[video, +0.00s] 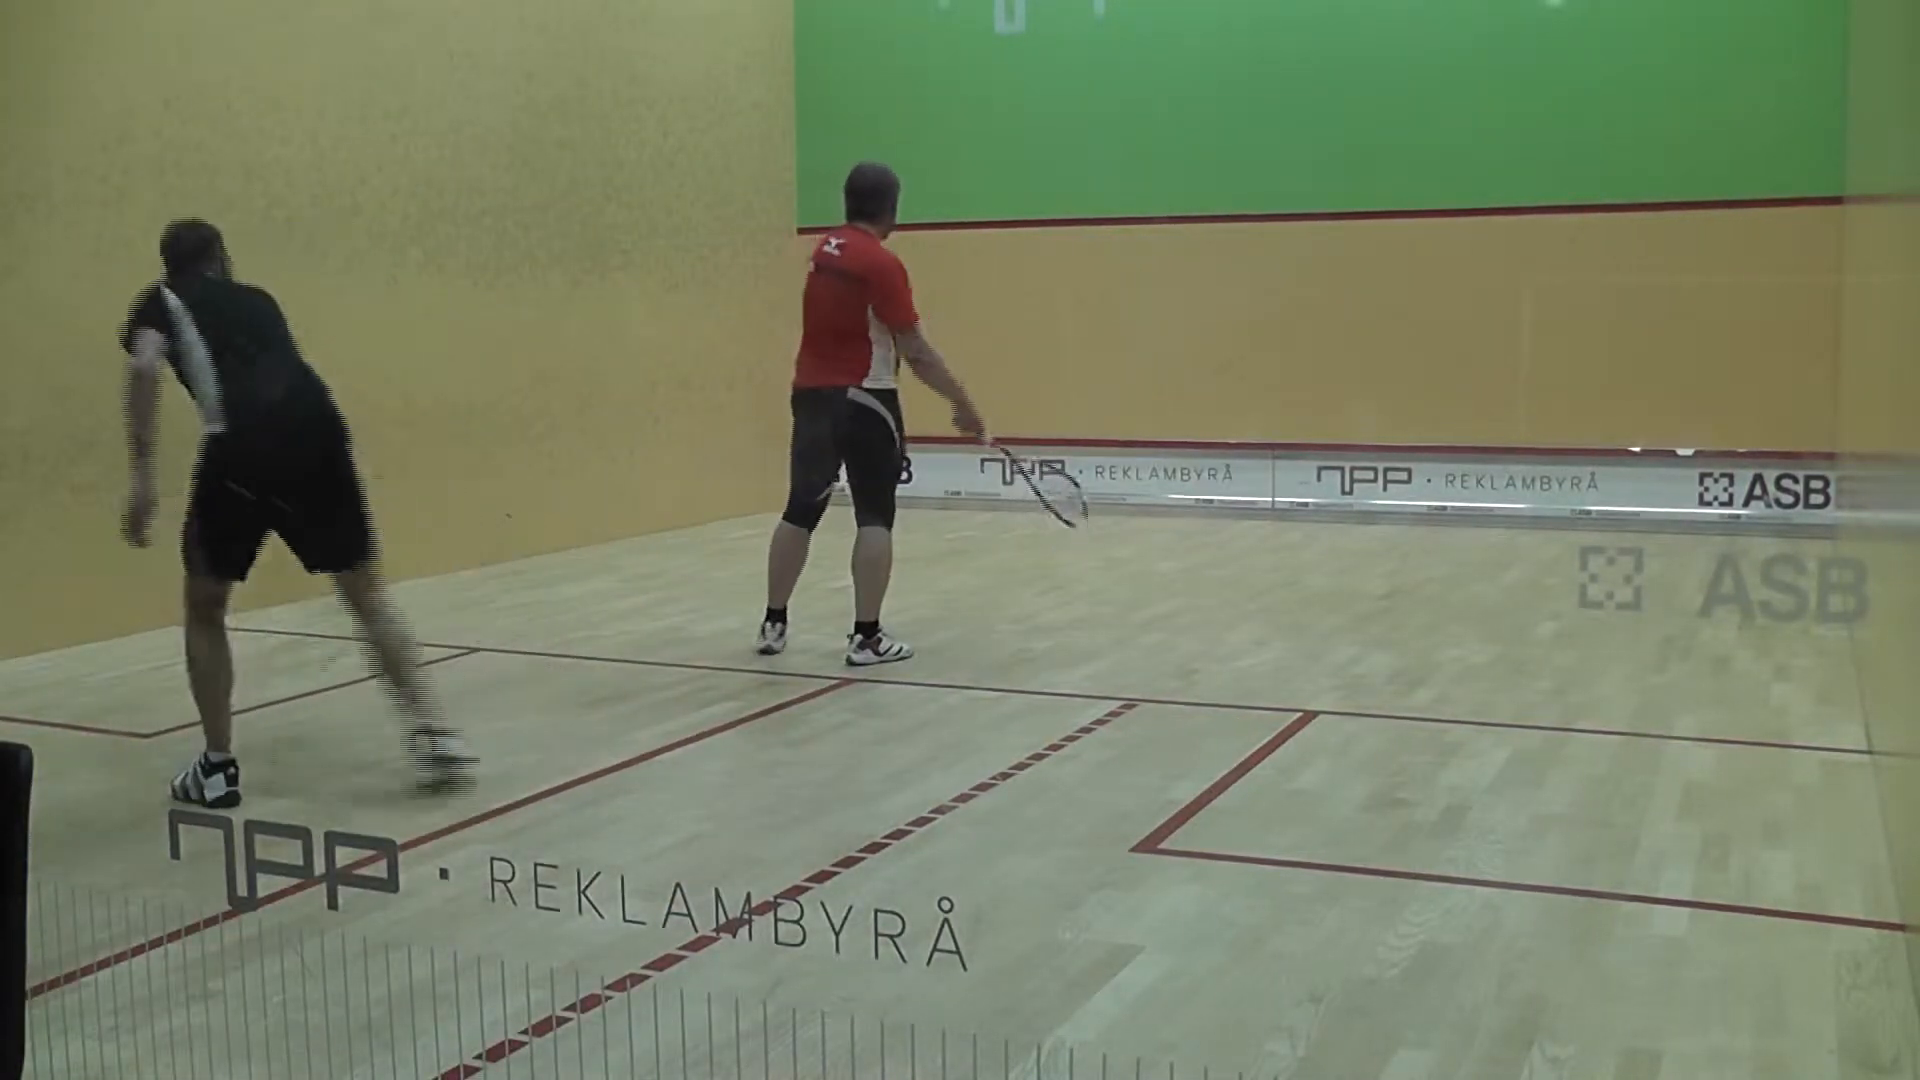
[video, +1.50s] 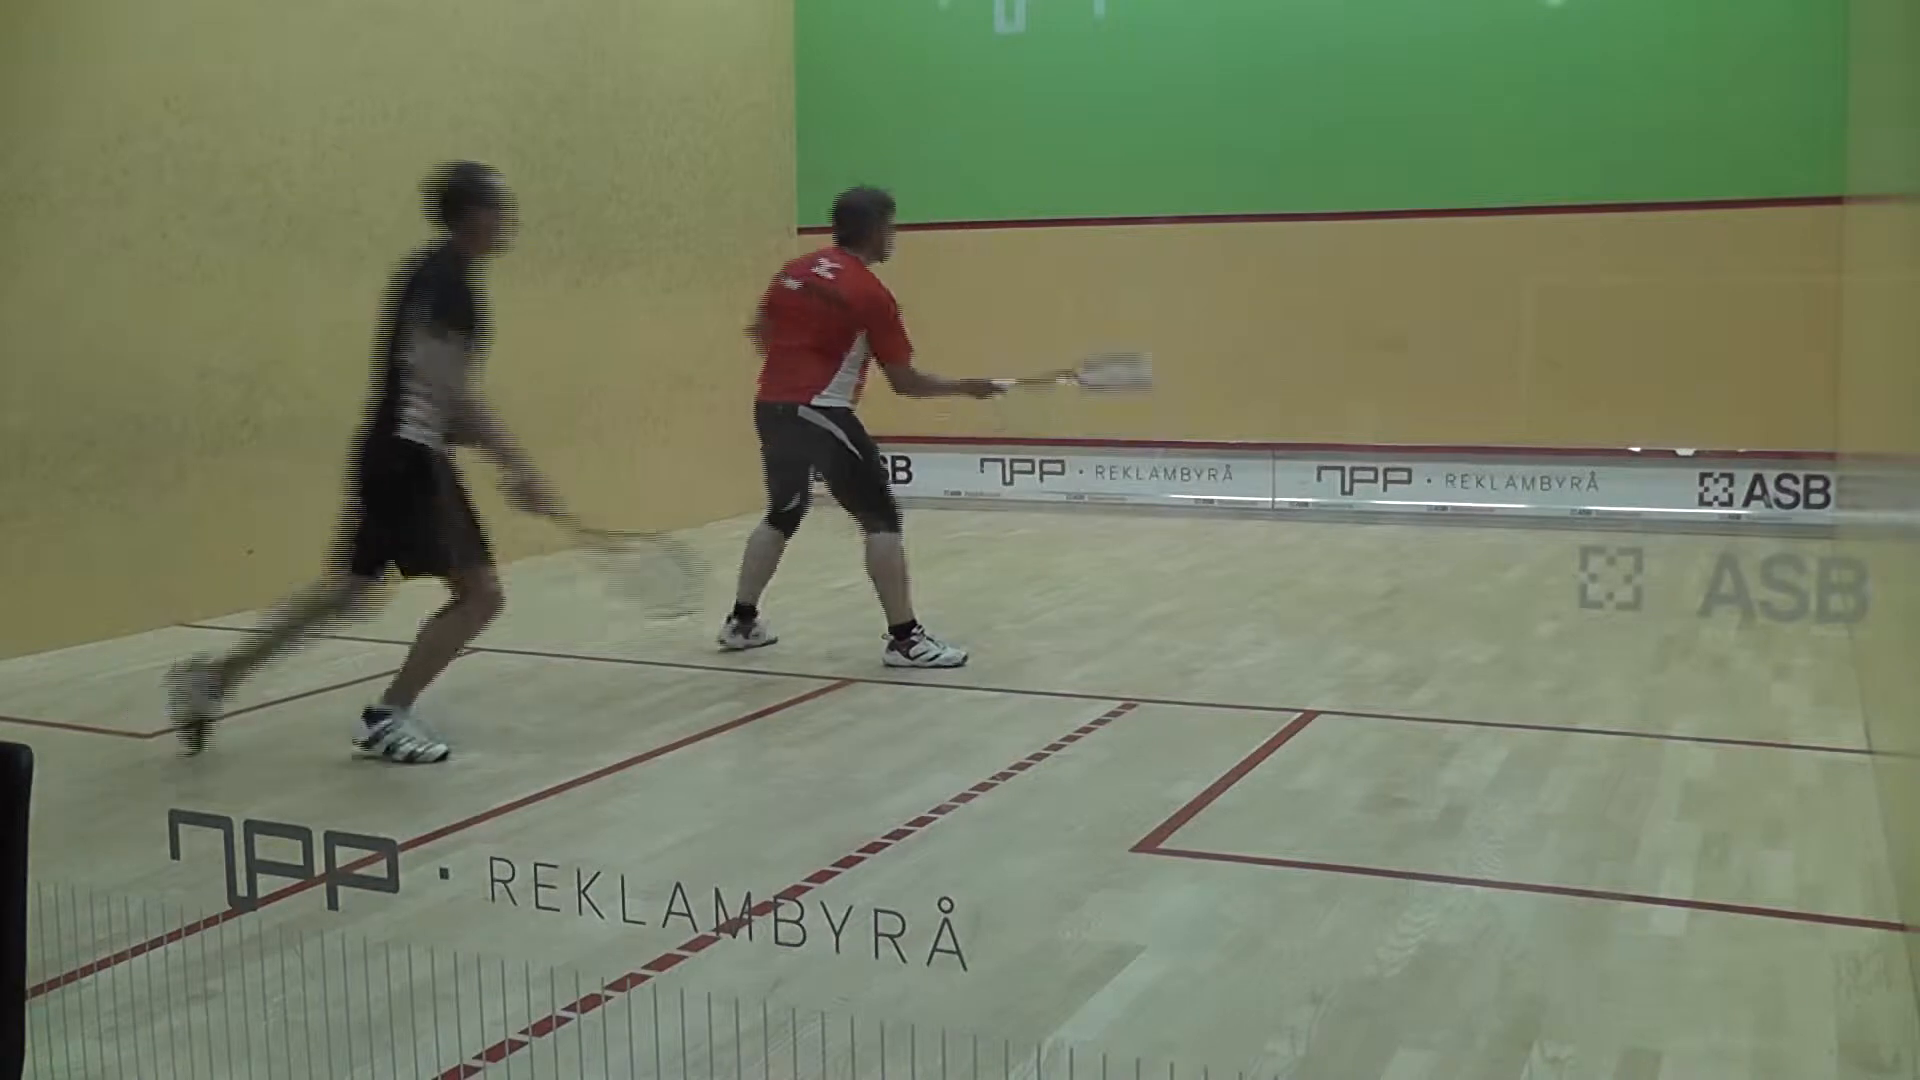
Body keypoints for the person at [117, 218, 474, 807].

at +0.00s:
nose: (228, 268)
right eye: (225, 259)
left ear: (169, 267)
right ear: (221, 259)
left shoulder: (162, 301)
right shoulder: (256, 298)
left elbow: (144, 371)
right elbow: (285, 379)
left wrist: (141, 484)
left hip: (237, 459)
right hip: (316, 449)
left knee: (205, 610)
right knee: (366, 594)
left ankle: (217, 764)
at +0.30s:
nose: (235, 236)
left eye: (233, 226)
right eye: (232, 226)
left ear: (173, 228)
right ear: (216, 225)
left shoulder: (140, 264)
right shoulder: (253, 286)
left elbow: (96, 333)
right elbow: (251, 374)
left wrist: (75, 439)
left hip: (168, 445)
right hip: (243, 448)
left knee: (137, 596)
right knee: (205, 590)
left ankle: (196, 731)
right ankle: (163, 732)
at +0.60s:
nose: (234, 215)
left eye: (233, 203)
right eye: (229, 203)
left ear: (171, 206)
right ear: (206, 205)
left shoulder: (119, 261)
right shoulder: (232, 267)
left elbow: (80, 364)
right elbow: (283, 369)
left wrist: (97, 442)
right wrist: (311, 437)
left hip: (126, 453)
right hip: (205, 454)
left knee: (111, 599)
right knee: (260, 553)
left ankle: (86, 750)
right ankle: (208, 693)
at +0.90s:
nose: (288, 203)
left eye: (287, 190)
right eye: (280, 191)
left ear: (233, 196)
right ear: (251, 193)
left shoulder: (184, 253)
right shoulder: (267, 251)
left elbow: (152, 358)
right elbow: (283, 347)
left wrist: (190, 419)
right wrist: (341, 425)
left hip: (189, 445)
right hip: (255, 441)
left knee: (170, 582)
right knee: (301, 565)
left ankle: (97, 710)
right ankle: (287, 713)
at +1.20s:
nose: (351, 209)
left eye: (349, 197)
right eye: (341, 197)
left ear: (302, 204)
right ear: (306, 201)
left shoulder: (257, 259)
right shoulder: (292, 261)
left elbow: (261, 374)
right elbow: (283, 369)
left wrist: (320, 427)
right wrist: (332, 452)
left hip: (239, 457)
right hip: (281, 453)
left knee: (227, 590)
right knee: (403, 551)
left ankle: (145, 723)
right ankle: (402, 709)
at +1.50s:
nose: (506, 222)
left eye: (504, 210)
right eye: (496, 210)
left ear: (463, 217)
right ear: (466, 216)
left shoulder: (435, 272)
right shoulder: (447, 278)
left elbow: (444, 397)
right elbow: (448, 393)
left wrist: (510, 464)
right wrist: (517, 466)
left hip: (390, 456)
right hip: (415, 459)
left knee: (353, 587)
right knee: (481, 597)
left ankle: (214, 679)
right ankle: (390, 716)